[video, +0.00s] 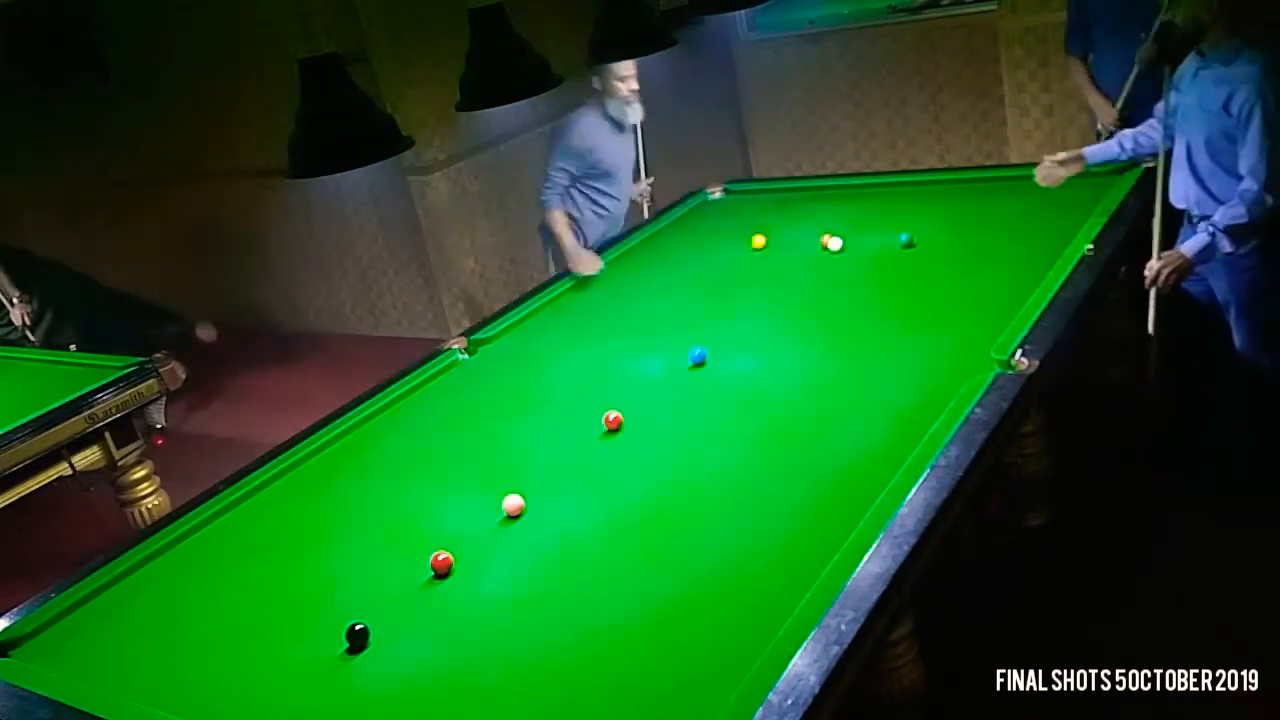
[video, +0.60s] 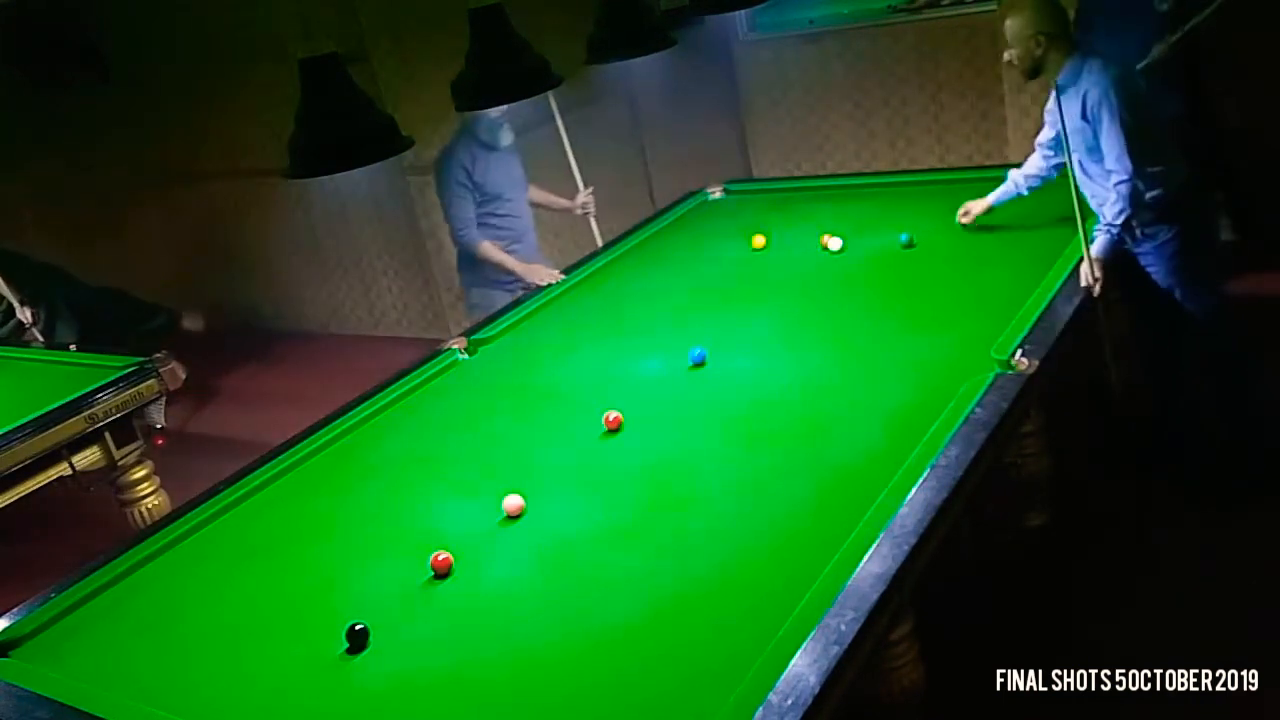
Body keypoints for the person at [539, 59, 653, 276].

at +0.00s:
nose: (634, 87)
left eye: (635, 78)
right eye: (622, 80)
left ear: (638, 77)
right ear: (598, 83)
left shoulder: (627, 120)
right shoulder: (580, 128)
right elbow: (551, 196)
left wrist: (631, 190)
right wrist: (572, 250)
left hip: (611, 236)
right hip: (578, 245)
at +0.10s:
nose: (609, 84)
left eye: (610, 75)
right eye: (597, 77)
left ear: (614, 76)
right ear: (574, 81)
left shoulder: (605, 115)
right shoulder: (559, 126)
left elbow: (597, 168)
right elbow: (530, 193)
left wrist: (626, 189)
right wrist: (548, 254)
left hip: (608, 239)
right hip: (575, 253)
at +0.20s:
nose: (585, 84)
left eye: (586, 76)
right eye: (574, 78)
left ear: (589, 78)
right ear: (557, 83)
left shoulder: (587, 121)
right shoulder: (539, 132)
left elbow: (587, 173)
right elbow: (516, 201)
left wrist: (620, 192)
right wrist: (535, 260)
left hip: (601, 244)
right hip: (566, 258)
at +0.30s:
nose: (562, 88)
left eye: (562, 80)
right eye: (551, 84)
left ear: (565, 81)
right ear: (532, 93)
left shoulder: (565, 125)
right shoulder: (515, 141)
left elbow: (574, 175)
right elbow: (504, 211)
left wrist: (610, 194)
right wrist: (535, 263)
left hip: (590, 247)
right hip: (556, 263)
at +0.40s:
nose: (536, 101)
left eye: (538, 95)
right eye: (526, 97)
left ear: (543, 95)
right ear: (510, 103)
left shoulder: (544, 132)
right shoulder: (495, 146)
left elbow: (554, 179)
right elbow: (489, 219)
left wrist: (596, 197)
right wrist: (534, 264)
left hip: (572, 253)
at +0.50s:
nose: (519, 104)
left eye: (520, 98)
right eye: (508, 101)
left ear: (523, 100)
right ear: (490, 106)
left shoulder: (522, 139)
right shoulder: (472, 155)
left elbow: (536, 183)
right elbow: (476, 228)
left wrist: (583, 201)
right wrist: (530, 266)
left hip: (553, 274)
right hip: (509, 286)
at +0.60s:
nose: (502, 110)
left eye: (503, 103)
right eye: (491, 106)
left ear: (508, 103)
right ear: (472, 111)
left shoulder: (503, 143)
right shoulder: (455, 160)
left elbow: (521, 190)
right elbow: (466, 236)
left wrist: (570, 205)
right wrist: (523, 269)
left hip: (536, 280)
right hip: (493, 291)